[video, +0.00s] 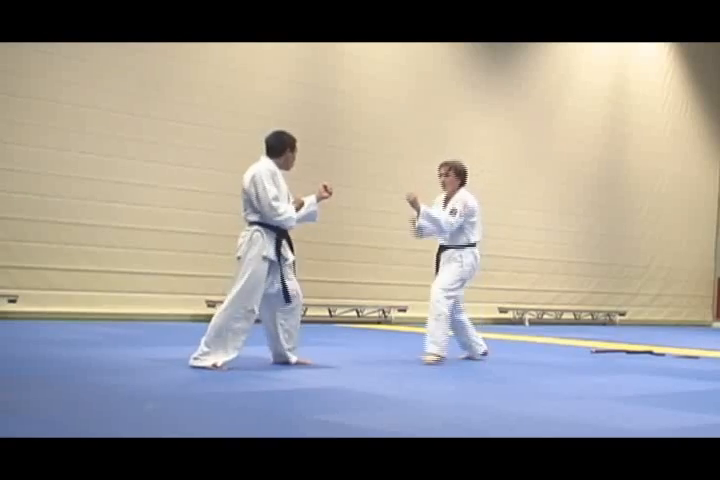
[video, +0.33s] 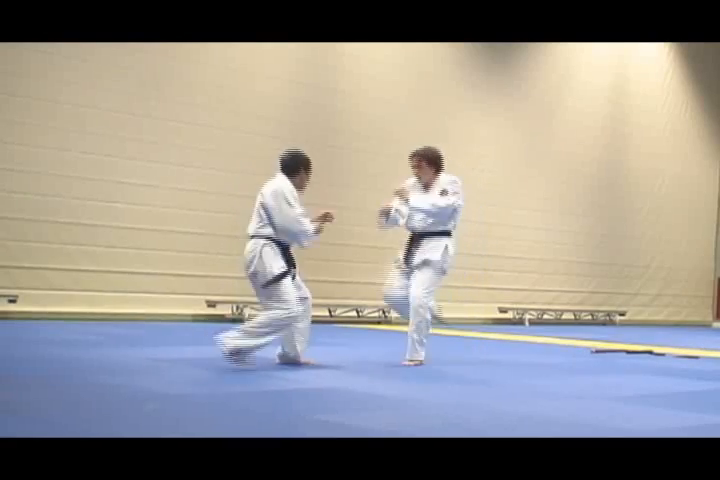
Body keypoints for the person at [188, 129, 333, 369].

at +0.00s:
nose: (295, 158)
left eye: (295, 152)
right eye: (294, 152)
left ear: (277, 152)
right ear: (285, 152)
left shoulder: (276, 175)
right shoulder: (262, 172)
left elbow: (288, 212)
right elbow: (274, 213)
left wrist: (316, 200)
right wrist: (294, 208)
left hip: (276, 241)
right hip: (260, 240)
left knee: (288, 297)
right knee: (242, 299)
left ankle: (285, 354)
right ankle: (206, 355)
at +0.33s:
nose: (308, 179)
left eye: (309, 174)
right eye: (308, 174)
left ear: (291, 171)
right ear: (298, 172)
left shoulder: (285, 189)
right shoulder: (279, 187)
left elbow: (293, 222)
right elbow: (287, 223)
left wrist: (314, 223)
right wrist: (313, 228)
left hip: (275, 251)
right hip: (264, 250)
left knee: (302, 299)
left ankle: (291, 353)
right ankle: (235, 342)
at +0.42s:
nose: (311, 192)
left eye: (312, 188)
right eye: (311, 187)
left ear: (290, 178)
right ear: (305, 183)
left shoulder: (274, 190)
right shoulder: (290, 192)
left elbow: (290, 232)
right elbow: (315, 228)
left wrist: (319, 217)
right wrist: (324, 220)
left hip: (245, 249)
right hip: (258, 251)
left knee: (282, 304)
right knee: (303, 303)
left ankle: (291, 354)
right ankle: (259, 345)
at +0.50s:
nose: (312, 199)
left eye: (312, 195)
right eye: (312, 194)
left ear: (289, 185)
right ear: (307, 190)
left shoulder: (271, 195)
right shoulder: (297, 198)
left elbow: (283, 238)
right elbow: (325, 232)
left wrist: (316, 238)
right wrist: (337, 227)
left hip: (227, 248)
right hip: (251, 247)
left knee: (264, 305)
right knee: (301, 299)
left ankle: (282, 354)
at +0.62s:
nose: (301, 197)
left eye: (301, 192)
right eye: (300, 192)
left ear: (275, 184)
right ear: (292, 189)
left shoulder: (255, 195)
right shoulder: (284, 203)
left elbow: (271, 242)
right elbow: (310, 239)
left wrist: (295, 266)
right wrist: (322, 253)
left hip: (216, 248)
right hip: (244, 252)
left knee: (229, 311)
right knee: (288, 301)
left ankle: (193, 336)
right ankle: (290, 360)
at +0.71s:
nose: (282, 175)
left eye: (282, 170)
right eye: (280, 170)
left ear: (254, 165)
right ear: (270, 169)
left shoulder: (233, 178)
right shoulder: (267, 189)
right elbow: (283, 228)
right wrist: (296, 257)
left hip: (204, 243)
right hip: (230, 246)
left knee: (202, 316)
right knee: (270, 301)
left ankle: (153, 327)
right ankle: (287, 360)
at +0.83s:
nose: (242, 155)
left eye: (241, 149)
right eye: (239, 149)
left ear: (214, 146)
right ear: (229, 149)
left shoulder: (194, 166)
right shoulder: (222, 169)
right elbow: (226, 213)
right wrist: (234, 253)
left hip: (171, 236)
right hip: (199, 239)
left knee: (161, 303)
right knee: (233, 297)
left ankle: (112, 349)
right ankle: (261, 351)